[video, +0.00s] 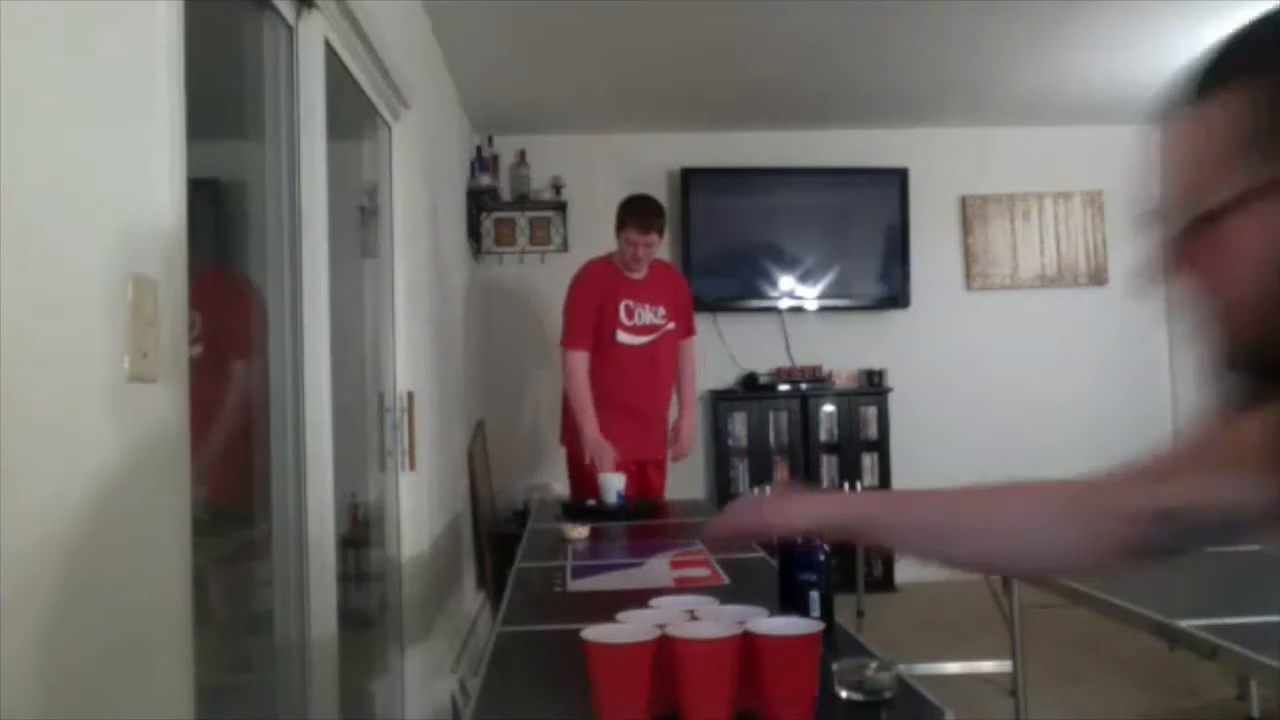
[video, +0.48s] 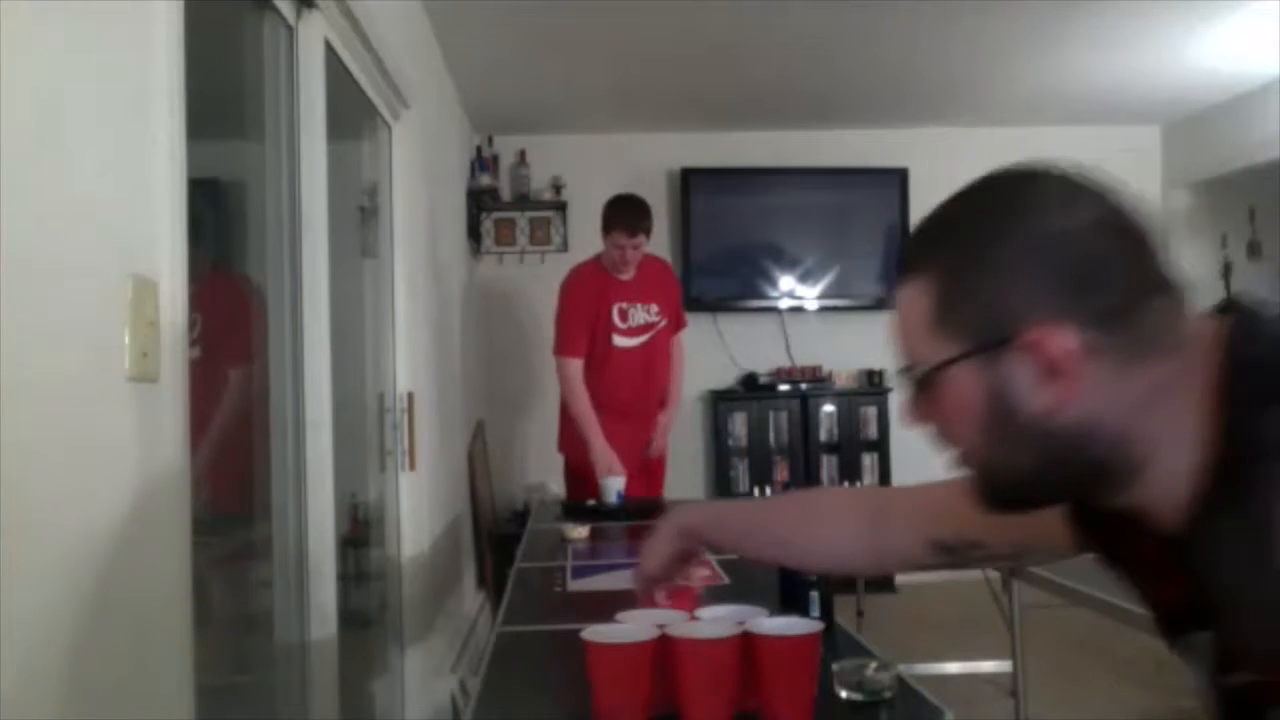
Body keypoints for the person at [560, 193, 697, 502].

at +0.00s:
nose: (640, 254)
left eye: (648, 245)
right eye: (631, 244)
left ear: (660, 241)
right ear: (618, 237)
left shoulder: (672, 281)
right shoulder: (592, 279)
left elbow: (685, 349)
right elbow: (575, 361)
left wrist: (685, 419)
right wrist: (591, 436)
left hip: (650, 439)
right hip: (600, 440)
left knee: (649, 540)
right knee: (603, 544)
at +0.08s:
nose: (637, 254)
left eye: (645, 246)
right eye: (628, 245)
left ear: (656, 241)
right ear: (614, 237)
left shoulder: (669, 280)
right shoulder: (590, 280)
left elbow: (678, 353)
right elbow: (578, 366)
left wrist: (677, 422)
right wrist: (595, 441)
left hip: (651, 441)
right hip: (602, 444)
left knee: (649, 542)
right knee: (604, 543)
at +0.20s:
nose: (635, 254)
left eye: (643, 245)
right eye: (626, 245)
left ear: (655, 241)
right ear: (612, 237)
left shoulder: (668, 280)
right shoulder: (589, 281)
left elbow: (675, 354)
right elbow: (578, 369)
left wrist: (673, 422)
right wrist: (598, 443)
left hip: (651, 442)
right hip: (601, 443)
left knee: (649, 543)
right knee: (605, 543)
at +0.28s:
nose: (633, 254)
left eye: (642, 245)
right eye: (624, 245)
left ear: (653, 241)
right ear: (610, 237)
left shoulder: (667, 280)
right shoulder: (587, 281)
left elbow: (675, 356)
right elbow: (578, 373)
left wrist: (670, 425)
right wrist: (599, 446)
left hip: (650, 442)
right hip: (599, 444)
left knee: (649, 543)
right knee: (604, 543)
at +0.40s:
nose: (629, 256)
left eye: (638, 247)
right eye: (621, 246)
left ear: (649, 241)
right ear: (607, 238)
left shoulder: (664, 277)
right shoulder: (583, 283)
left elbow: (674, 349)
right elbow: (574, 376)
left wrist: (669, 416)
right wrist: (600, 448)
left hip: (647, 439)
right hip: (594, 441)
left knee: (645, 539)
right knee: (598, 544)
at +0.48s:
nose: (627, 257)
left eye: (636, 248)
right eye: (619, 247)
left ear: (648, 241)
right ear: (604, 238)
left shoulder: (663, 276)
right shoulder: (581, 283)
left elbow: (674, 345)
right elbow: (570, 374)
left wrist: (669, 412)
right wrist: (598, 448)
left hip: (648, 438)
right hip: (593, 440)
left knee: (646, 539)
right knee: (597, 540)